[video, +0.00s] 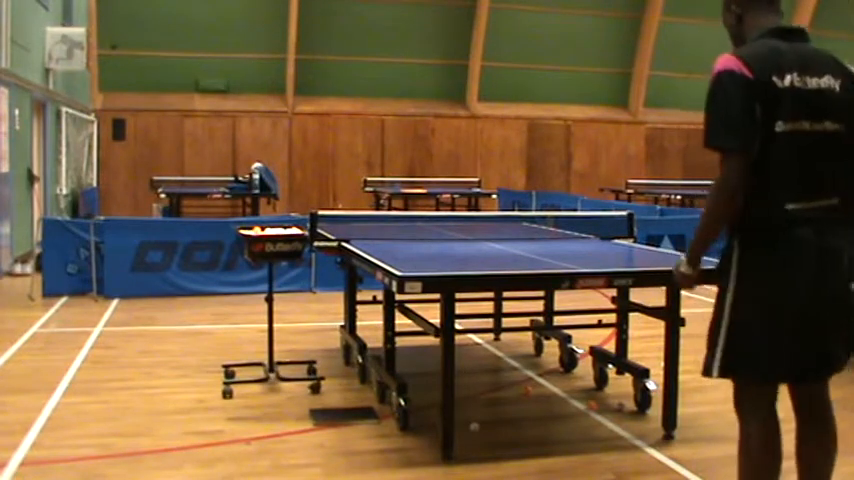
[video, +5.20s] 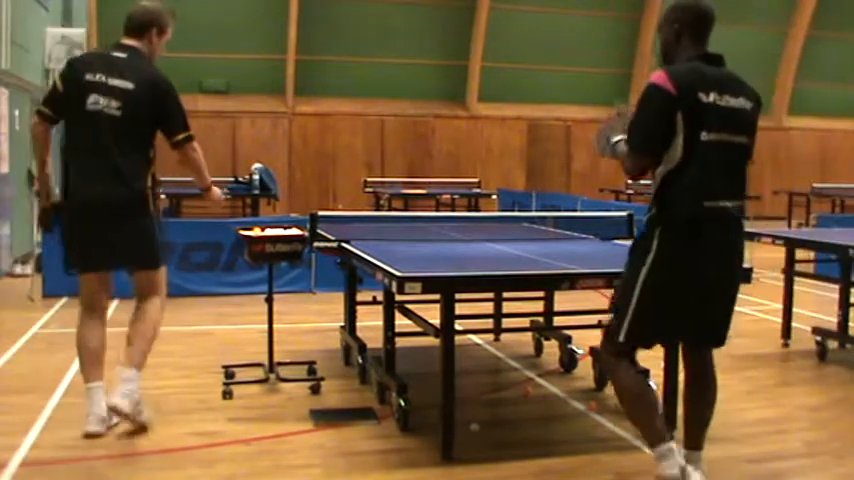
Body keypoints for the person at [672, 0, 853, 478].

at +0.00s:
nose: (726, 32)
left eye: (726, 20)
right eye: (728, 21)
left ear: (735, 13)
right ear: (780, 13)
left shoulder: (740, 67)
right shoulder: (837, 69)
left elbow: (733, 178)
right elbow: (845, 172)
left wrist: (692, 257)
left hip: (766, 257)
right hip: (830, 253)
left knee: (754, 400)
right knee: (813, 395)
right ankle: (815, 476)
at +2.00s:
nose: (749, 19)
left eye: (752, 9)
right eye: (752, 10)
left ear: (766, 11)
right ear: (803, 17)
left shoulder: (760, 73)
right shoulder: (838, 80)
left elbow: (752, 179)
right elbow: (846, 183)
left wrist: (717, 261)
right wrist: (826, 249)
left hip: (765, 251)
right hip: (816, 254)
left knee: (734, 375)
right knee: (796, 372)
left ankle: (739, 475)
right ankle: (793, 475)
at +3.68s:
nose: (775, 29)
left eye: (775, 19)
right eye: (775, 20)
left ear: (785, 16)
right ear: (825, 14)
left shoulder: (786, 65)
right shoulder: (851, 59)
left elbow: (792, 157)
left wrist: (749, 215)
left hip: (800, 247)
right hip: (848, 248)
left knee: (768, 396)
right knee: (840, 399)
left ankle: (759, 477)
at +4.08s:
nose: (762, 24)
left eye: (763, 14)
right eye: (762, 15)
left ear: (777, 14)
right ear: (816, 15)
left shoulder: (778, 69)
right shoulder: (850, 67)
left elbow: (758, 172)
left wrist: (731, 142)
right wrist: (747, 140)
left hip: (788, 245)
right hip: (844, 243)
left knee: (751, 391)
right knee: (831, 391)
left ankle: (727, 473)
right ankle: (833, 475)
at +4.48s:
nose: (706, 26)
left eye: (708, 18)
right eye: (709, 19)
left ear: (718, 18)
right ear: (761, 17)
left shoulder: (710, 73)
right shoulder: (813, 77)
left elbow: (677, 159)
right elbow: (810, 153)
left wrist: (697, 78)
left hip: (723, 239)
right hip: (783, 239)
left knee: (716, 380)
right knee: (767, 366)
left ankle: (710, 477)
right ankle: (791, 472)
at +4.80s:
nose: (675, 26)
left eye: (677, 17)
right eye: (677, 17)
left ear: (688, 19)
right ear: (727, 20)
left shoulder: (673, 80)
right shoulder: (776, 80)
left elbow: (625, 163)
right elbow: (774, 162)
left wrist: (655, 119)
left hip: (696, 233)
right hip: (750, 233)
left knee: (696, 363)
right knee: (724, 356)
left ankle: (705, 472)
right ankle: (708, 465)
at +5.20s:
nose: (659, 42)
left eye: (661, 34)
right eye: (660, 34)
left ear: (674, 32)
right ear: (707, 34)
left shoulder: (668, 84)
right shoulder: (746, 93)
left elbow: (636, 166)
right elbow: (730, 163)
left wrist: (614, 141)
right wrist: (655, 137)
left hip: (674, 233)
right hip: (727, 236)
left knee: (617, 351)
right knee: (698, 351)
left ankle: (670, 462)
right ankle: (692, 465)